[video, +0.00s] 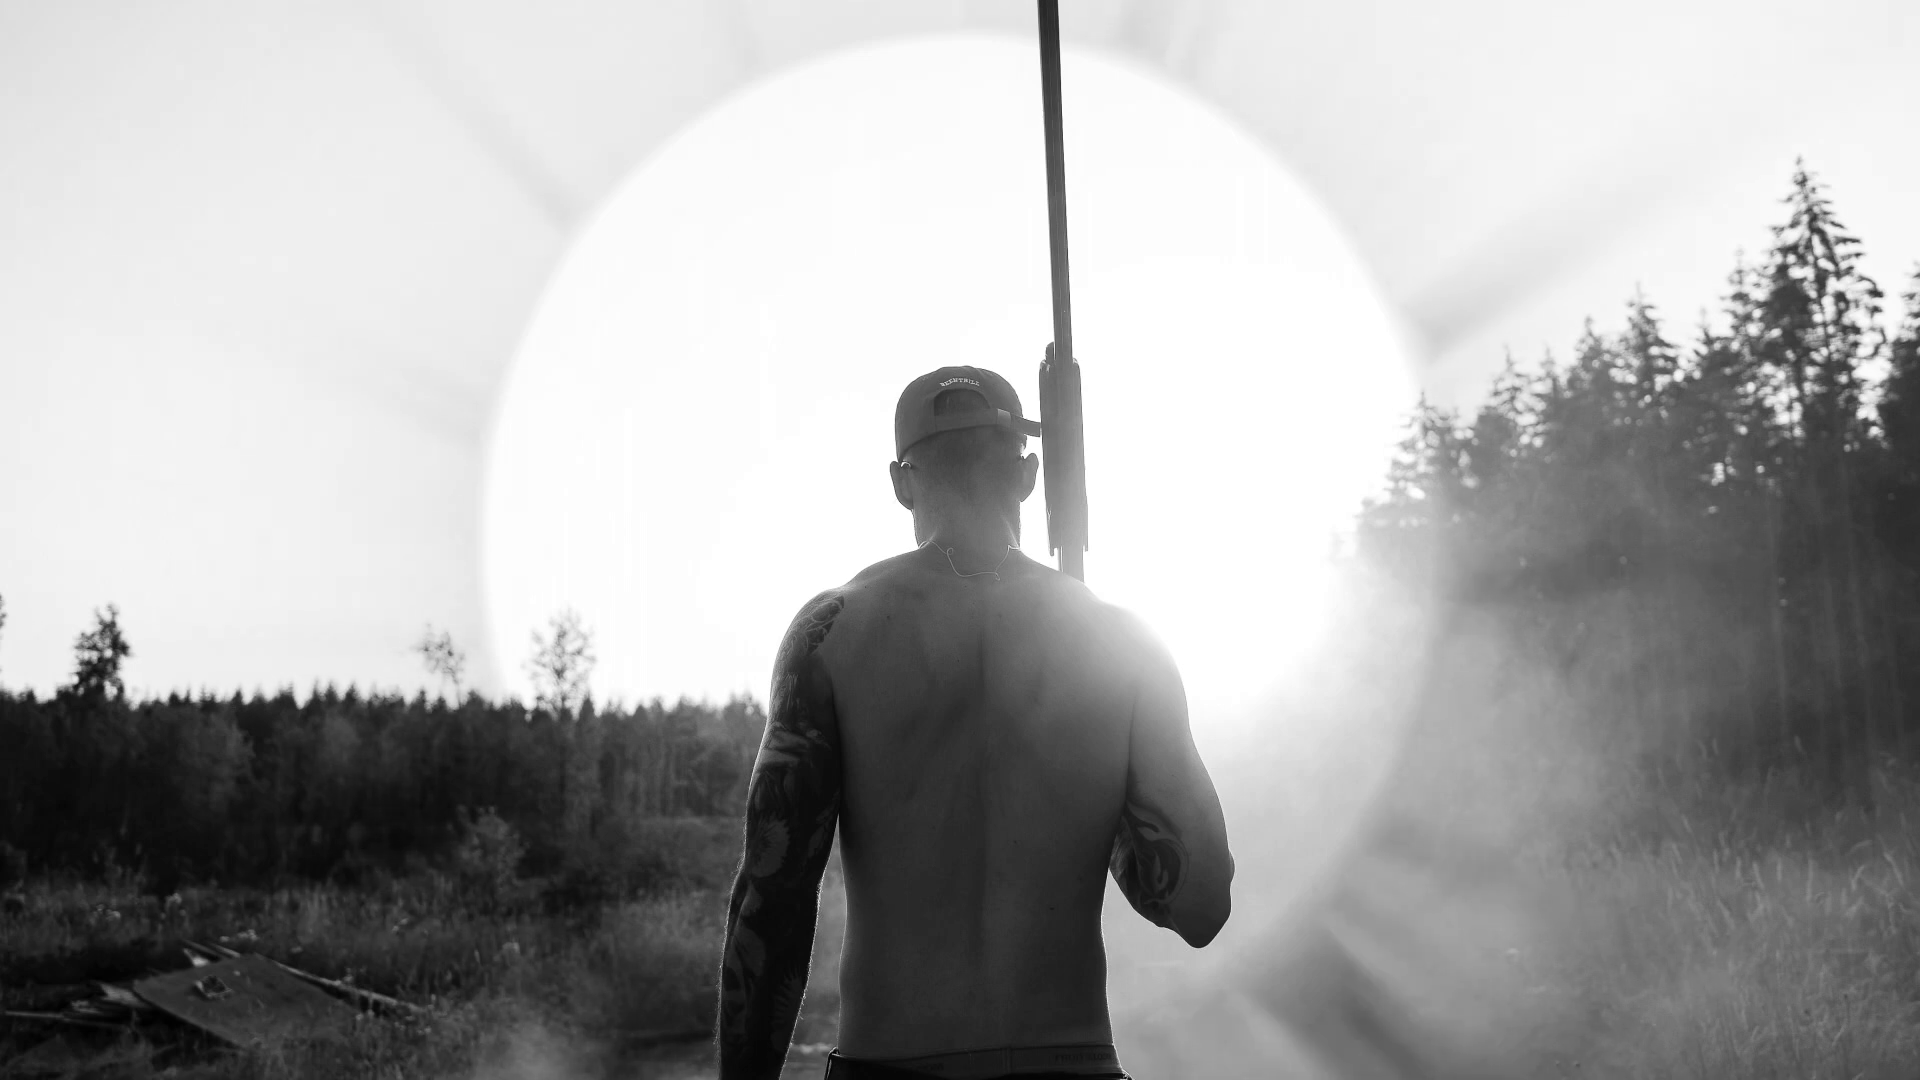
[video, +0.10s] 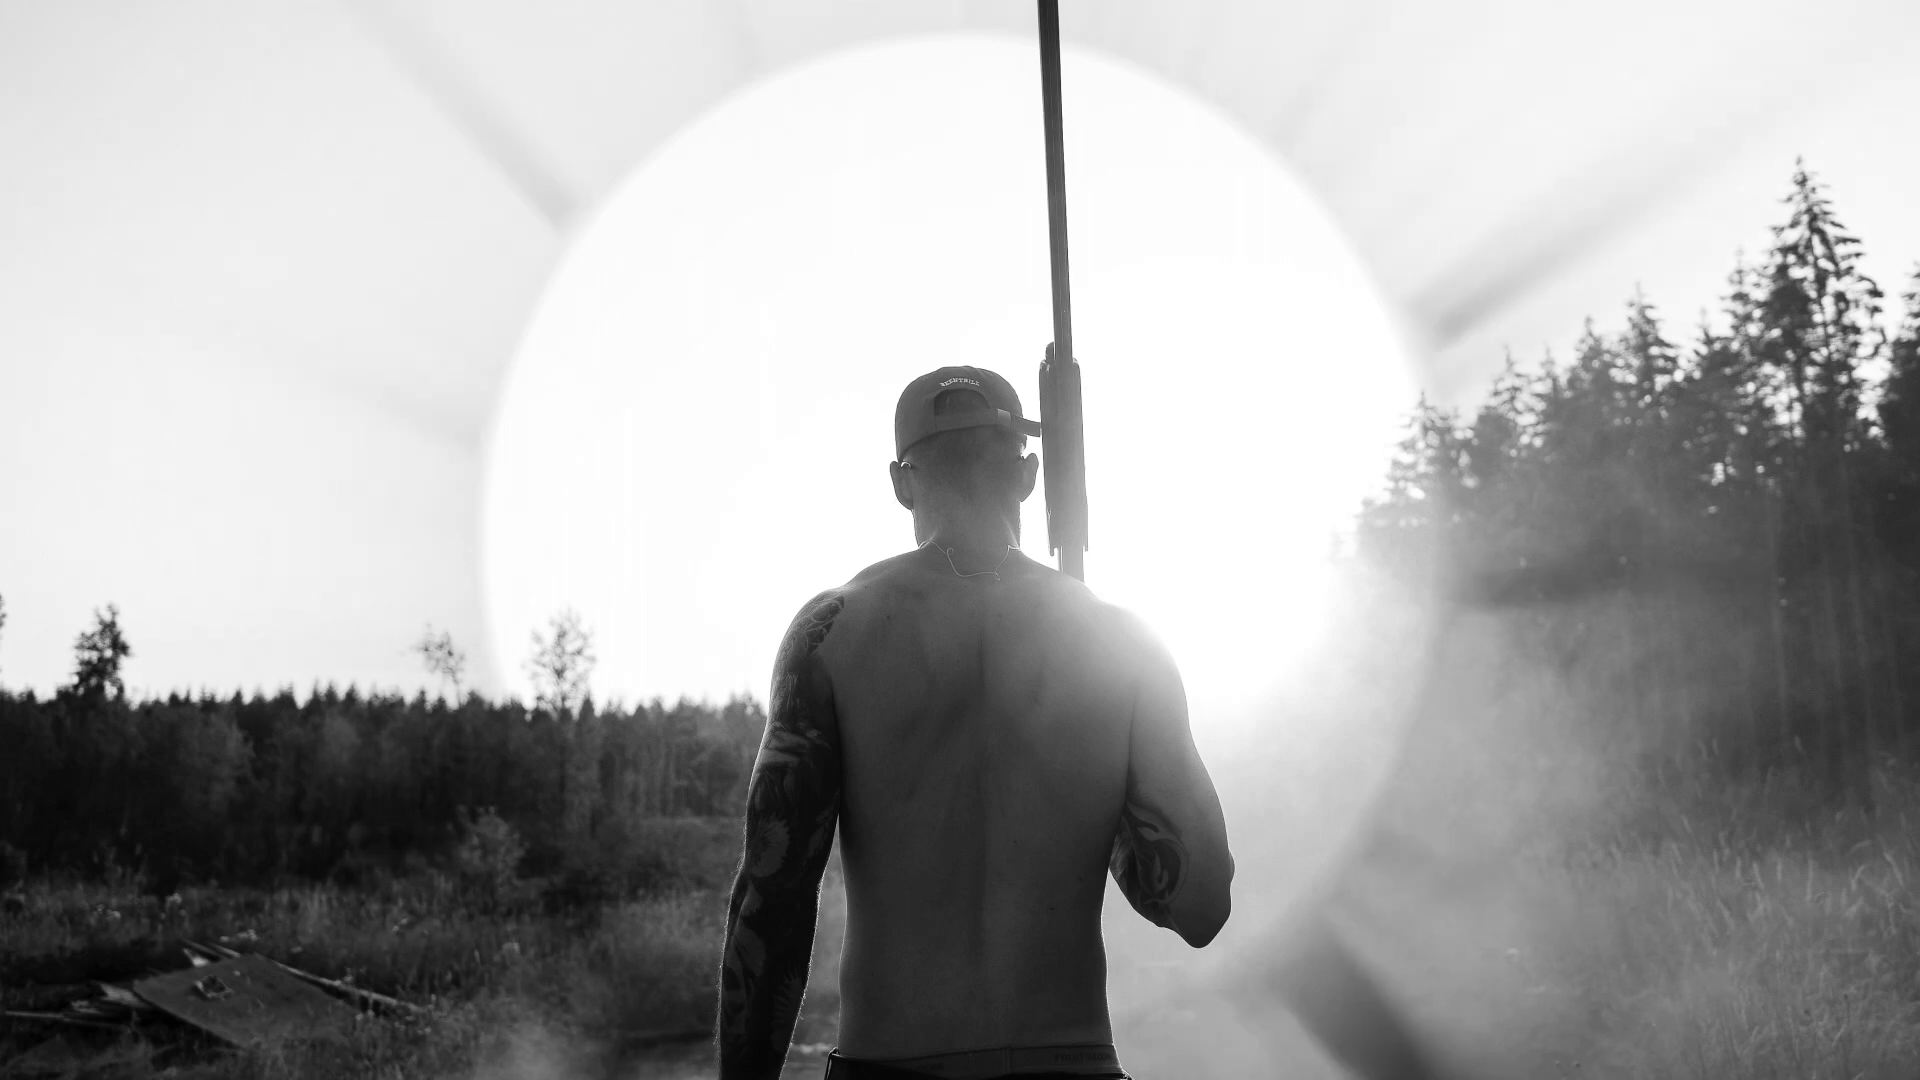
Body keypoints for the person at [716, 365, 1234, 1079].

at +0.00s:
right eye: (1018, 452)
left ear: (902, 484)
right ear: (1028, 476)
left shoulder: (832, 630)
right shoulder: (1121, 641)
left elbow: (773, 886)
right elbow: (1201, 904)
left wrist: (748, 1063)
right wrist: (1100, 803)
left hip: (885, 1045)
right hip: (1066, 1045)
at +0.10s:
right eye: (1018, 452)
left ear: (902, 484)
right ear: (1027, 476)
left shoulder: (832, 630)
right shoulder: (1121, 641)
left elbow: (773, 886)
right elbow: (1201, 904)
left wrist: (748, 1063)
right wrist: (1101, 803)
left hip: (885, 1045)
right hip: (1066, 1045)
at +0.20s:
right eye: (1018, 452)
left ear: (902, 484)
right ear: (1027, 476)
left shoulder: (832, 630)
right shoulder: (1121, 641)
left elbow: (773, 886)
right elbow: (1201, 904)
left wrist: (748, 1063)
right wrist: (1101, 803)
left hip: (885, 1045)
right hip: (1066, 1045)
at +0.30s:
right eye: (1018, 452)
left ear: (902, 484)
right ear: (1027, 476)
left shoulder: (832, 630)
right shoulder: (1121, 641)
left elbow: (773, 886)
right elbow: (1201, 904)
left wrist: (748, 1063)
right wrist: (1101, 803)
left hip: (885, 1045)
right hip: (1066, 1045)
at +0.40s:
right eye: (1018, 452)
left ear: (902, 484)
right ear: (1027, 476)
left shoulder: (832, 630)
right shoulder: (1121, 641)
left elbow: (773, 886)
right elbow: (1201, 904)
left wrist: (748, 1063)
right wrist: (1101, 803)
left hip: (885, 1045)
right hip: (1066, 1045)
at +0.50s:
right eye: (1017, 450)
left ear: (903, 486)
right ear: (1027, 476)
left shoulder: (832, 630)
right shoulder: (1121, 641)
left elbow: (773, 884)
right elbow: (1201, 904)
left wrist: (747, 1063)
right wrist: (1102, 803)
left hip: (887, 1045)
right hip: (1068, 1045)